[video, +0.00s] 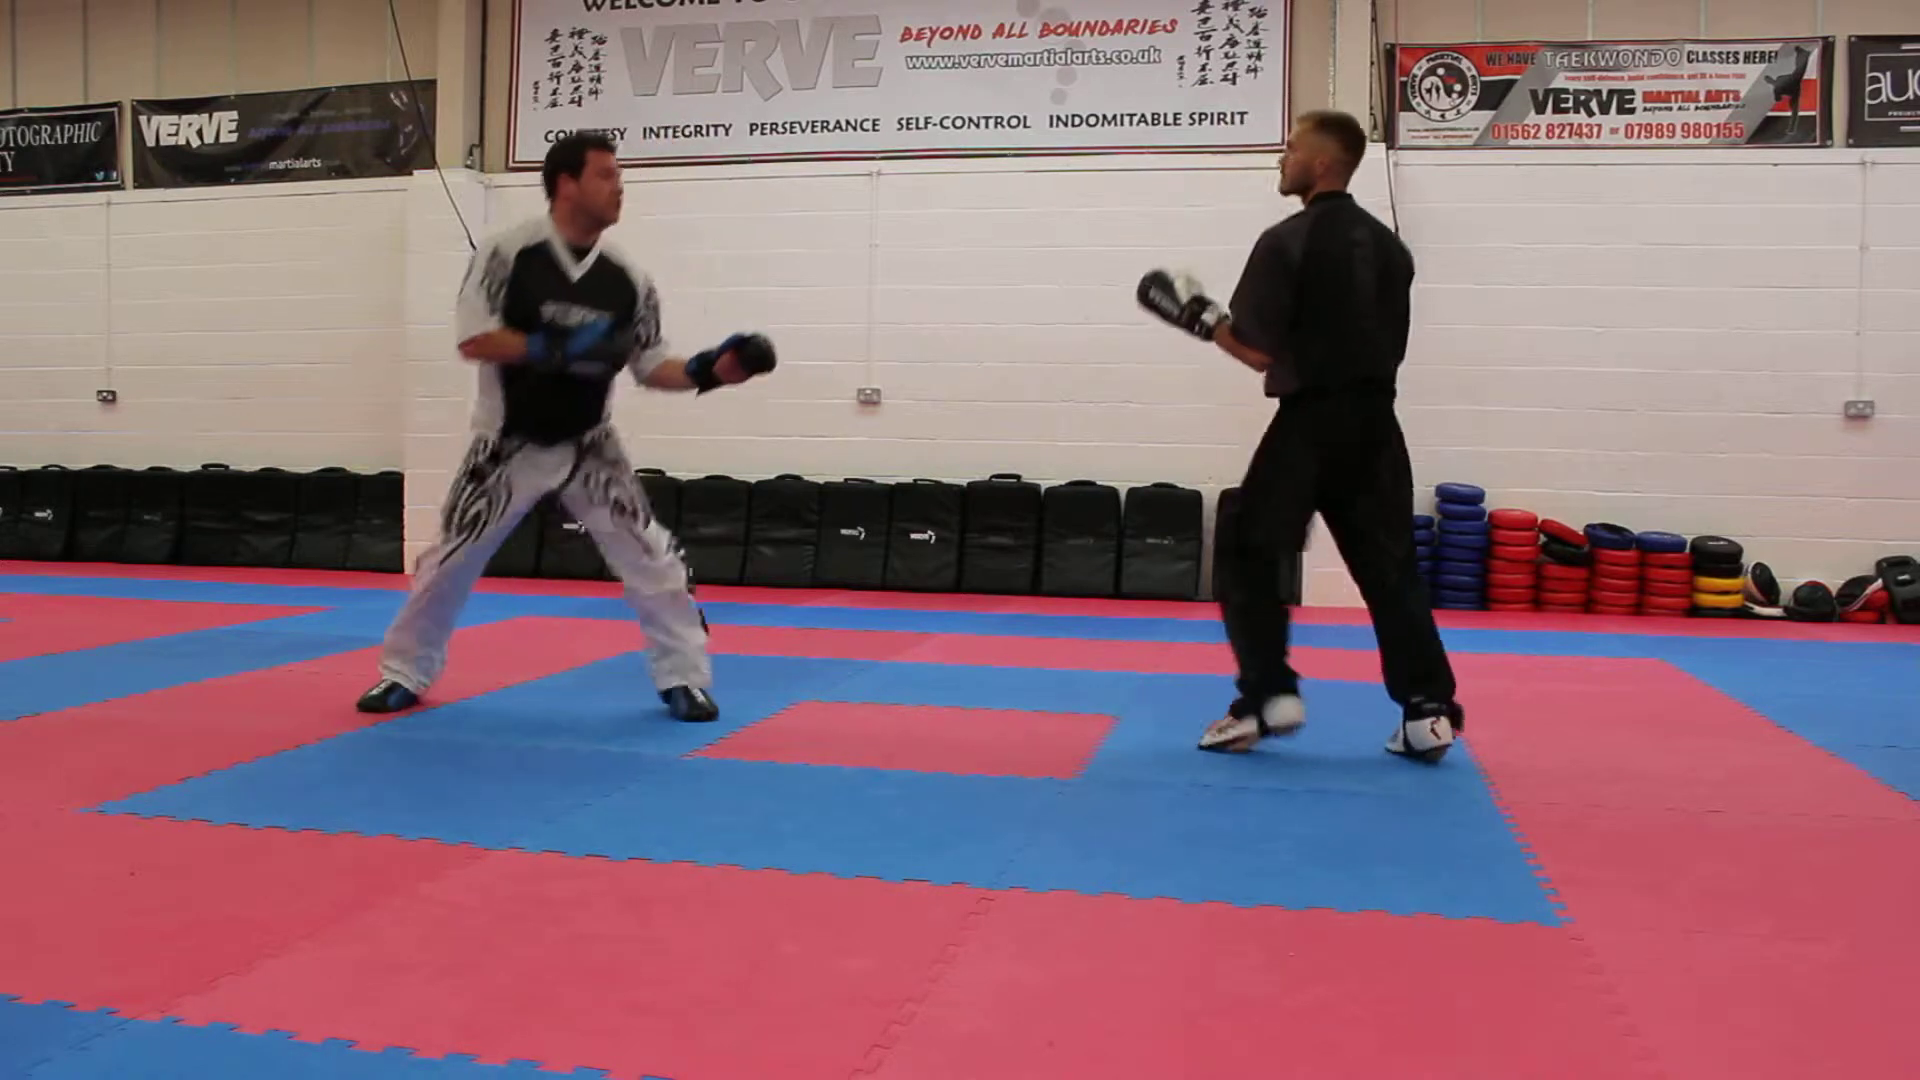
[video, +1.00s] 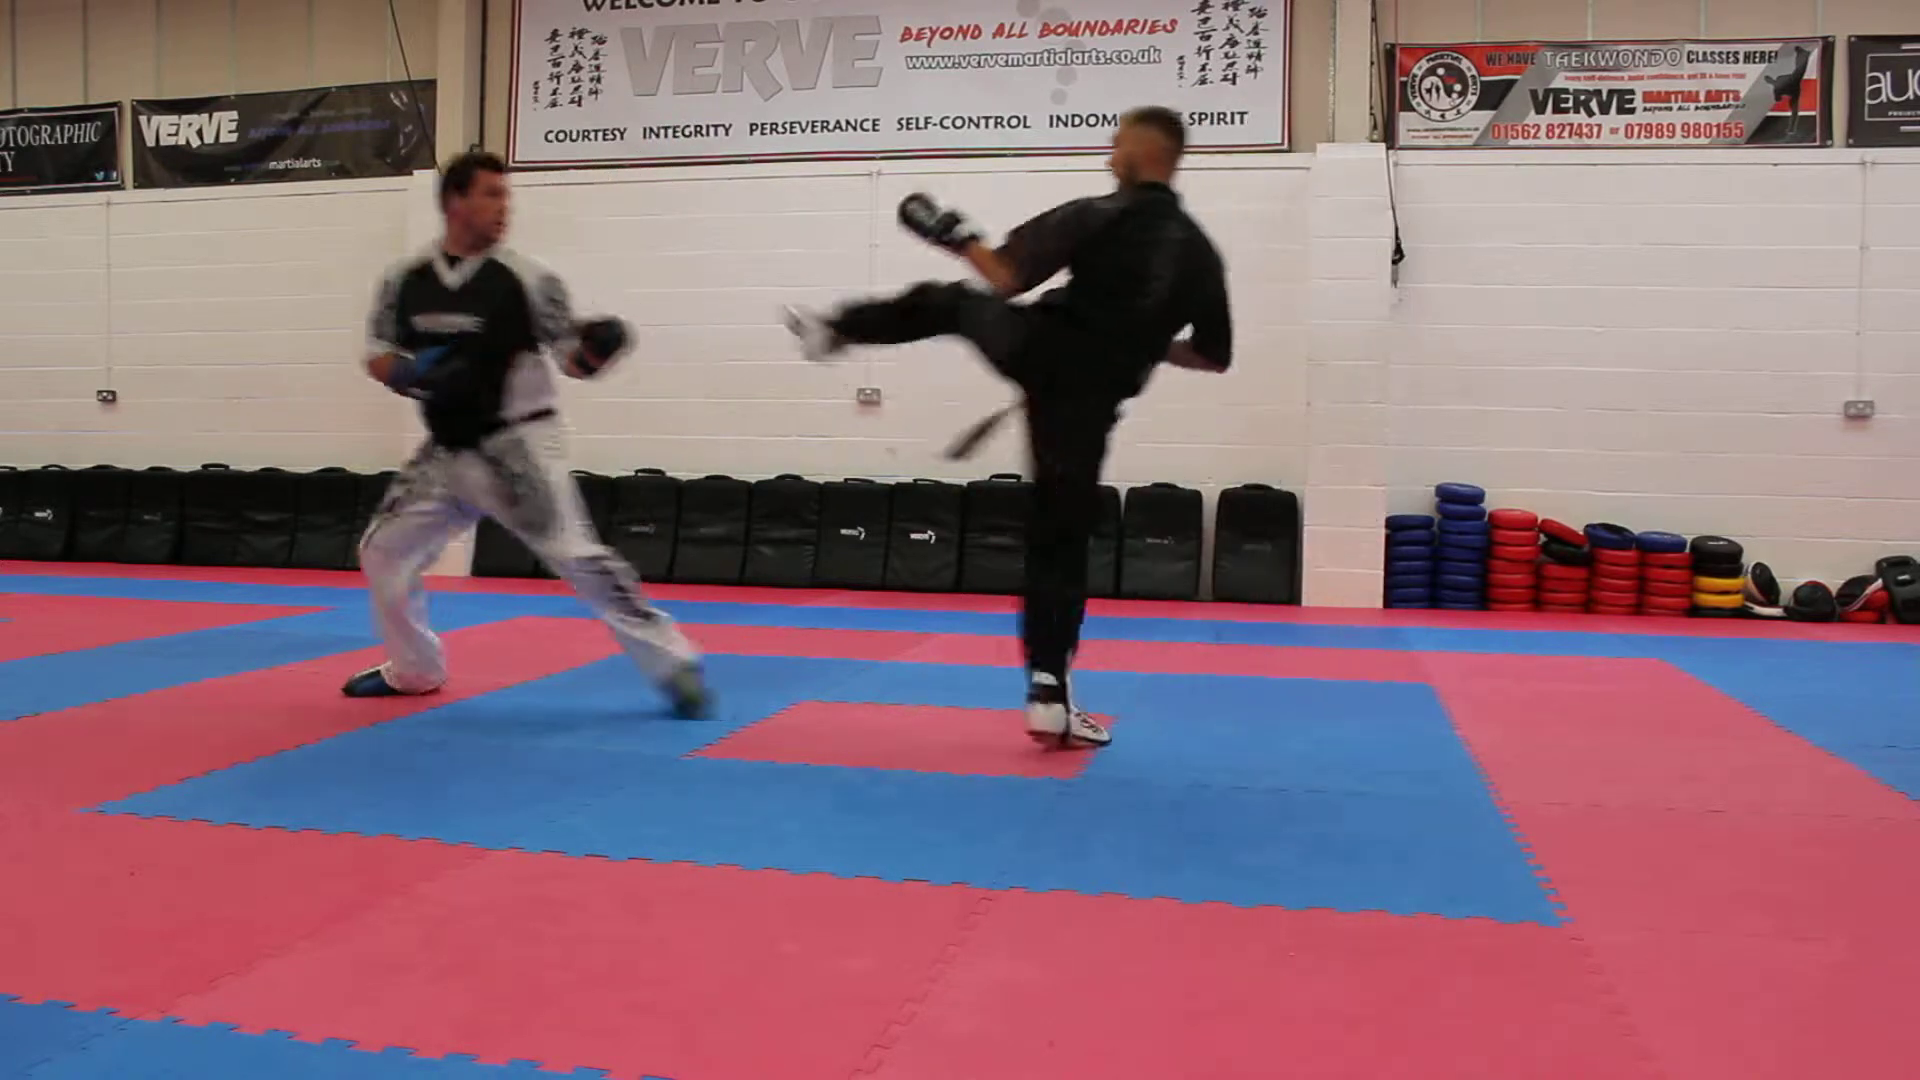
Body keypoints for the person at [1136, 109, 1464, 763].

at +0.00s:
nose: (1282, 158)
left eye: (1290, 148)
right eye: (1287, 147)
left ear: (1321, 162)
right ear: (1342, 168)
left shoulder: (1286, 244)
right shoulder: (1390, 248)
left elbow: (1260, 351)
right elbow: (1388, 350)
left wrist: (1205, 318)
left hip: (1303, 433)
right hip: (1374, 432)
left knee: (1248, 550)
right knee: (1390, 568)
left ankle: (1268, 693)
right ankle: (1428, 709)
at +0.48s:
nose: (1244, 154)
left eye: (1253, 143)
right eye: (1247, 143)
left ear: (1286, 151)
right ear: (1300, 155)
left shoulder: (1238, 230)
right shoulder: (1349, 236)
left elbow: (1200, 307)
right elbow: (1347, 338)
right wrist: (1249, 334)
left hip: (1250, 420)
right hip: (1323, 419)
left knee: (1228, 565)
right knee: (1351, 557)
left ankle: (1185, 716)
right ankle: (1378, 696)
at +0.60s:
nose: (1232, 163)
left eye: (1241, 152)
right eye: (1237, 151)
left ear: (1270, 162)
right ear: (1296, 168)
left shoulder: (1213, 231)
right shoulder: (1327, 252)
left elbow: (1160, 324)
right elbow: (1336, 360)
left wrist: (1135, 295)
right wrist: (1278, 342)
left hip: (1208, 419)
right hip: (1281, 423)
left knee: (1187, 548)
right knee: (1288, 552)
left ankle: (1166, 697)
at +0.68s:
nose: (1226, 183)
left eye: (1235, 172)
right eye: (1230, 172)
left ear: (1268, 182)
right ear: (1282, 189)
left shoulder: (1206, 246)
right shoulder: (1314, 274)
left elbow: (1150, 317)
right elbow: (1333, 380)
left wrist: (1108, 293)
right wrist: (1270, 361)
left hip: (1175, 429)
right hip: (1248, 439)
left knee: (1132, 523)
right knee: (1250, 567)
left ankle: (1112, 625)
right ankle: (1243, 704)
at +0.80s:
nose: (1197, 165)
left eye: (1206, 155)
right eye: (1202, 154)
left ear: (1233, 164)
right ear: (1256, 169)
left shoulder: (1188, 220)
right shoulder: (1279, 259)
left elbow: (1127, 270)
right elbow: (1269, 356)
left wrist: (1071, 239)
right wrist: (1213, 316)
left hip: (1118, 375)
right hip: (1177, 411)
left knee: (1051, 418)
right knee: (1203, 546)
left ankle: (1004, 496)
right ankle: (1225, 699)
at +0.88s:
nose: (1164, 149)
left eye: (1174, 138)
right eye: (1170, 137)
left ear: (1196, 149)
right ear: (1224, 154)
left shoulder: (1153, 205)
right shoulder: (1243, 244)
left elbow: (1074, 252)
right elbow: (1232, 345)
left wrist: (1016, 216)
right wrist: (1169, 318)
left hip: (1079, 351)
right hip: (1137, 395)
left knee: (1017, 320)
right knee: (1146, 526)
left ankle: (931, 412)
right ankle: (1145, 684)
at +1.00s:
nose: (1110, 153)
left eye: (1118, 142)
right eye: (1115, 141)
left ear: (1137, 152)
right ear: (1174, 158)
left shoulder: (1095, 216)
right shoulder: (1198, 253)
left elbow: (1005, 278)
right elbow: (1211, 355)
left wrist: (959, 236)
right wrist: (1147, 338)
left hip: (1032, 347)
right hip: (1086, 399)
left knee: (952, 303)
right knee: (1060, 536)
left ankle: (836, 329)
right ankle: (1047, 691)